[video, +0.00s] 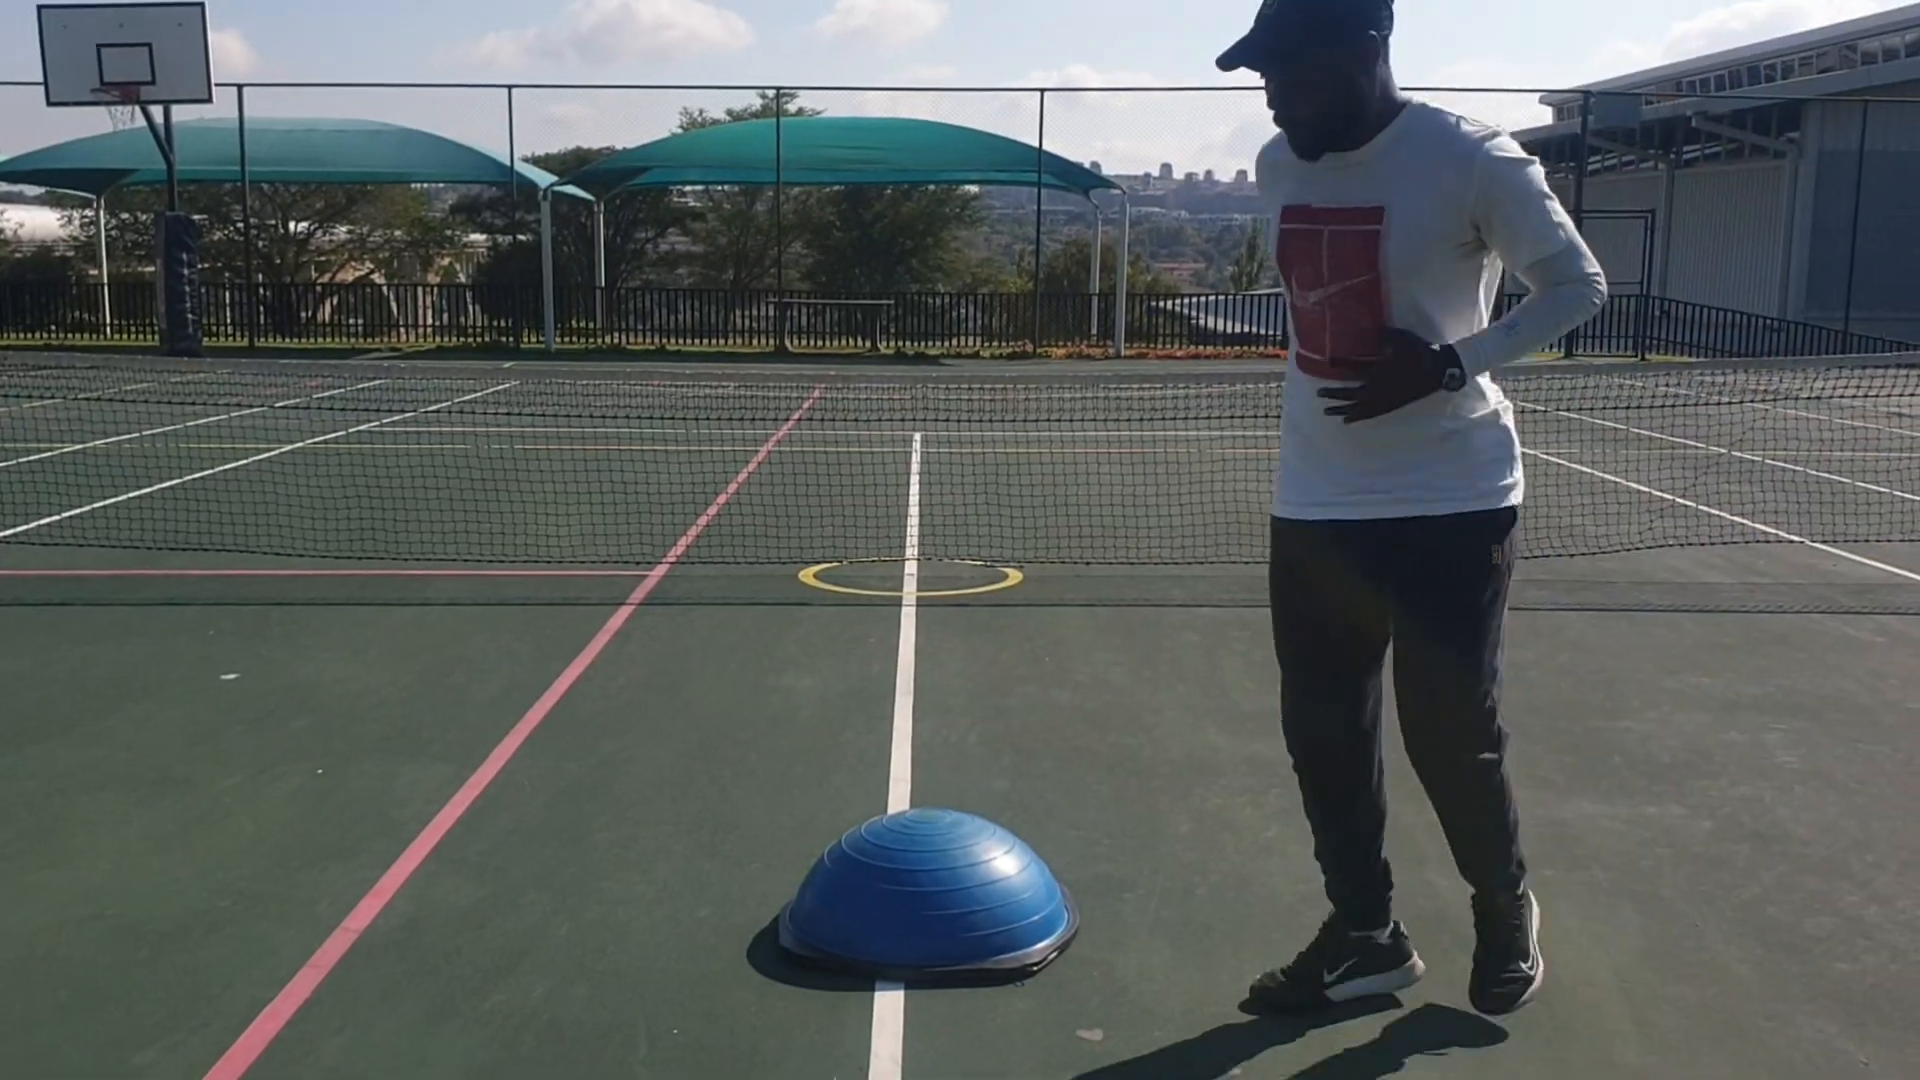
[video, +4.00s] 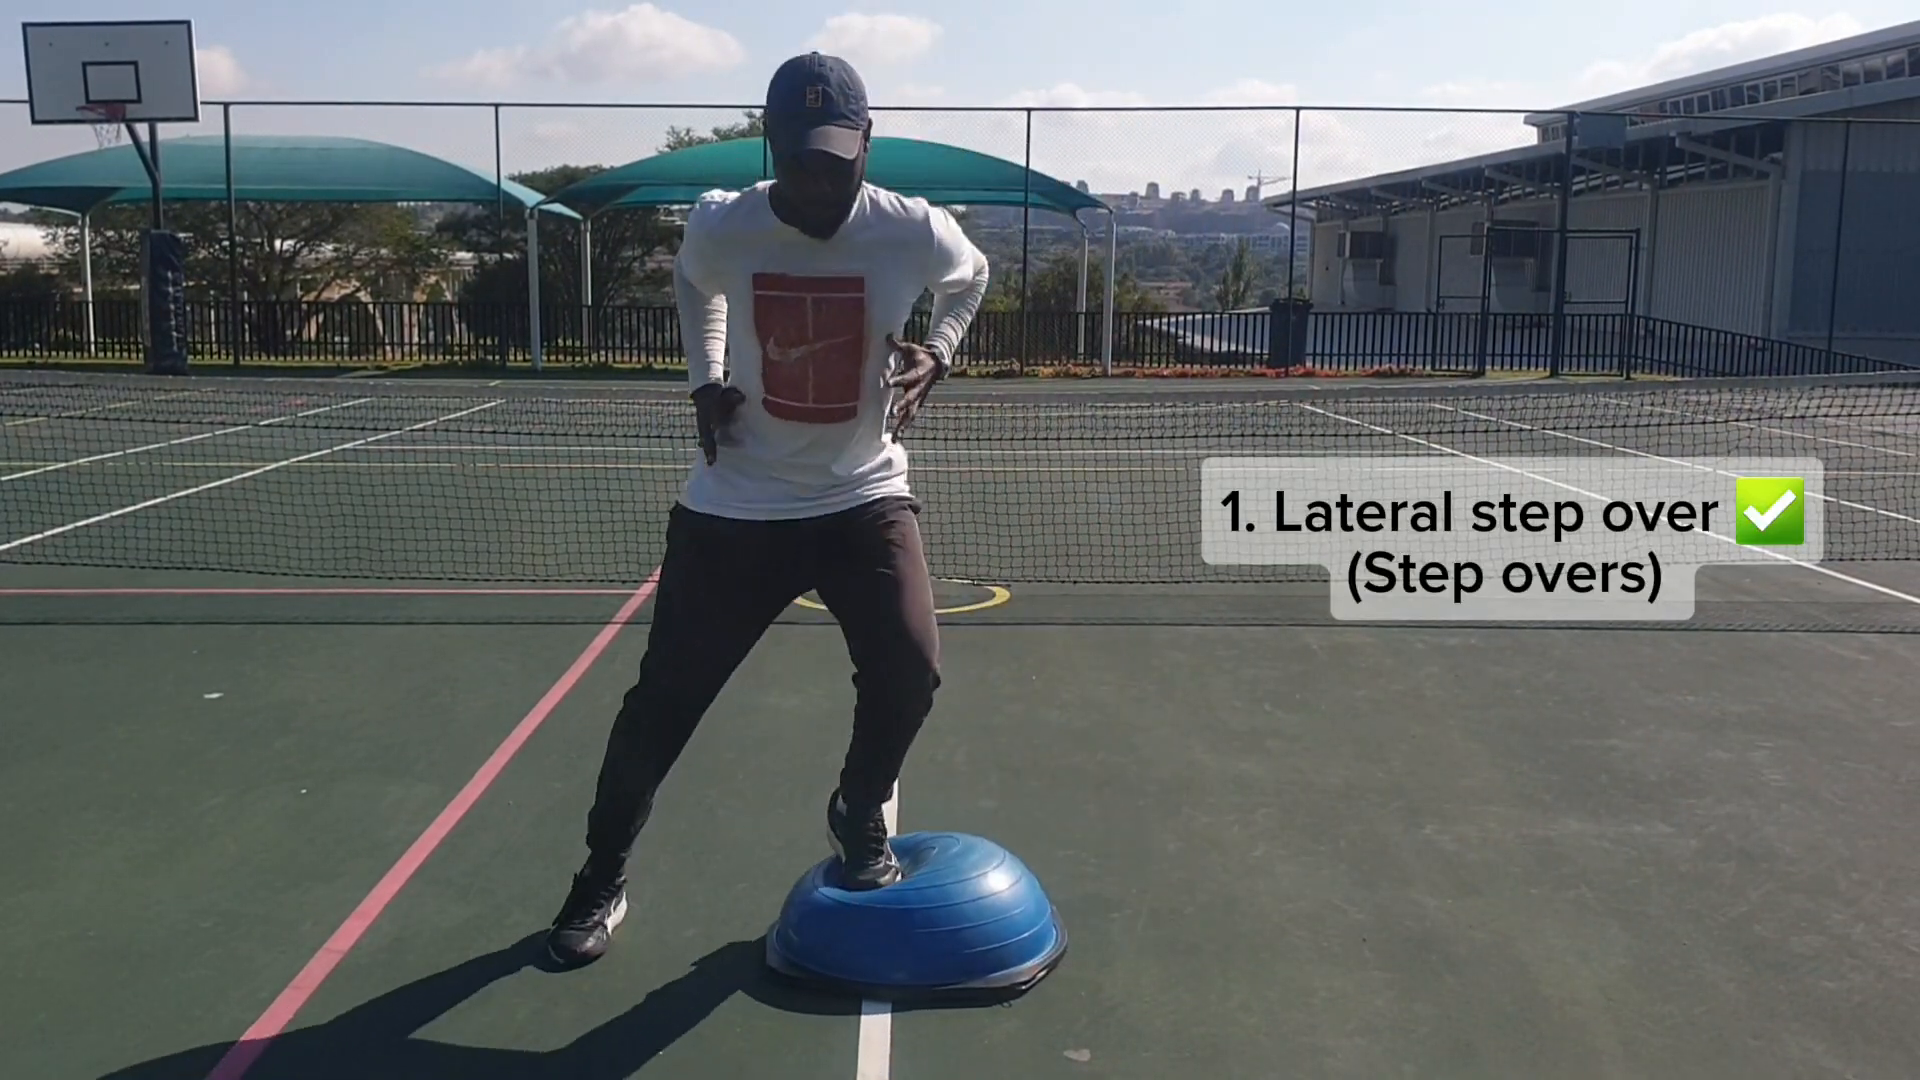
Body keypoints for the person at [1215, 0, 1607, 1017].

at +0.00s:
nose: (1270, 96)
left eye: (1285, 74)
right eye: (1265, 76)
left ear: (1360, 58)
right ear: (1273, 73)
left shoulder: (1469, 161)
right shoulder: (1280, 167)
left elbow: (1577, 284)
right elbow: (1314, 291)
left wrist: (1453, 360)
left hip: (1448, 504)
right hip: (1316, 502)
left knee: (1447, 733)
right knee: (1324, 735)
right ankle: (1364, 933)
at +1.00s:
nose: (983, 99)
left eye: (1003, 81)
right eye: (971, 80)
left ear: (1041, 66)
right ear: (954, 64)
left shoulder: (1085, 152)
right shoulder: (906, 134)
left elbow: (1173, 218)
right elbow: (871, 194)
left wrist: (1118, 301)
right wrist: (841, 290)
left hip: (1043, 419)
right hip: (919, 419)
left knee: (1070, 608)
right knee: (908, 613)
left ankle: (1048, 761)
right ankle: (912, 795)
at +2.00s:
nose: (1055, 157)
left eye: (1071, 138)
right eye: (1037, 137)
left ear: (1094, 139)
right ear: (1004, 135)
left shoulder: (1127, 220)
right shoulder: (941, 231)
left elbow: (1142, 263)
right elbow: (868, 296)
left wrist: (1130, 315)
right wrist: (910, 400)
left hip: (1102, 475)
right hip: (988, 476)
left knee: (1169, 665)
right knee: (992, 641)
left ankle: (1195, 821)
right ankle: (966, 808)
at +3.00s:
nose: (891, 119)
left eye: (904, 98)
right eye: (869, 100)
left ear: (927, 86)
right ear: (832, 94)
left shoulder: (975, 165)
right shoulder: (787, 186)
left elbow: (1065, 190)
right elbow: (735, 261)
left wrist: (1034, 238)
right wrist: (743, 320)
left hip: (936, 447)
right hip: (813, 448)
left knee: (916, 654)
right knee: (763, 640)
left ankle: (888, 827)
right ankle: (723, 815)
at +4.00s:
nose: (826, 176)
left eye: (842, 157)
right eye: (806, 158)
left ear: (867, 146)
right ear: (771, 149)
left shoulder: (915, 232)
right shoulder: (718, 233)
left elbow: (969, 275)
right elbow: (700, 285)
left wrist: (936, 348)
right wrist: (710, 376)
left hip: (864, 495)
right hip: (738, 502)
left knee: (911, 671)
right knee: (664, 699)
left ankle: (862, 809)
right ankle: (601, 878)